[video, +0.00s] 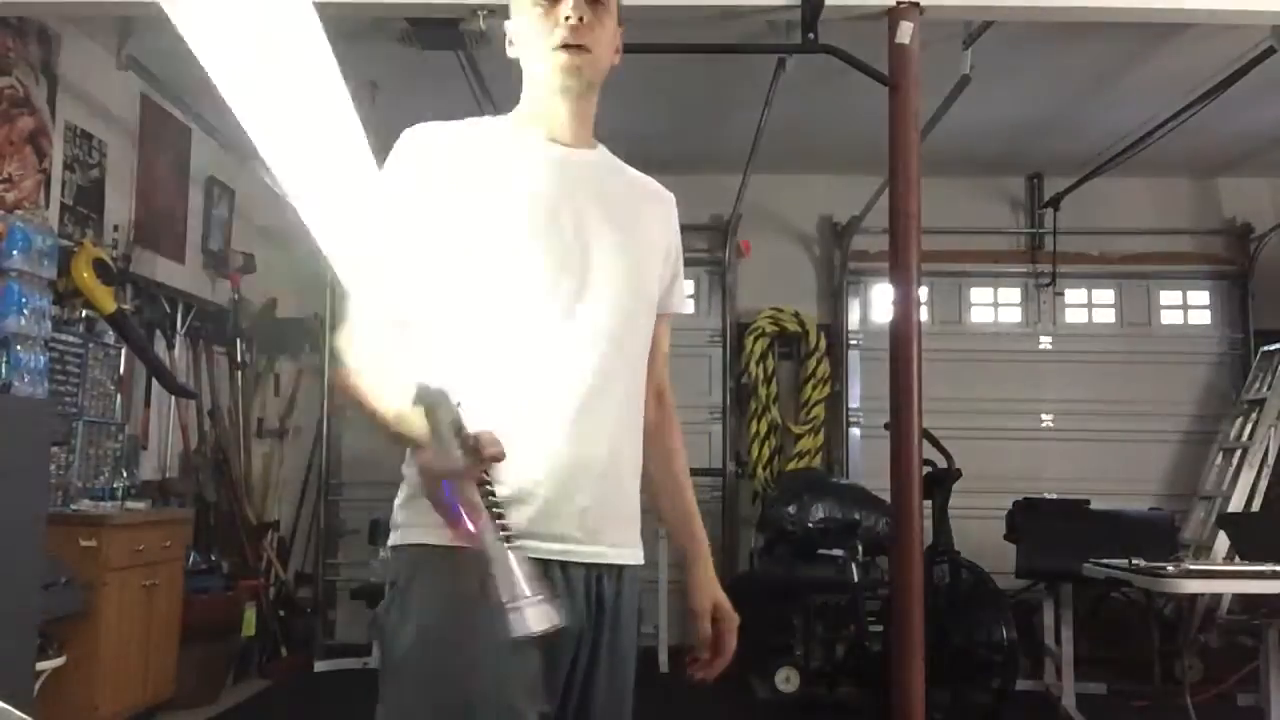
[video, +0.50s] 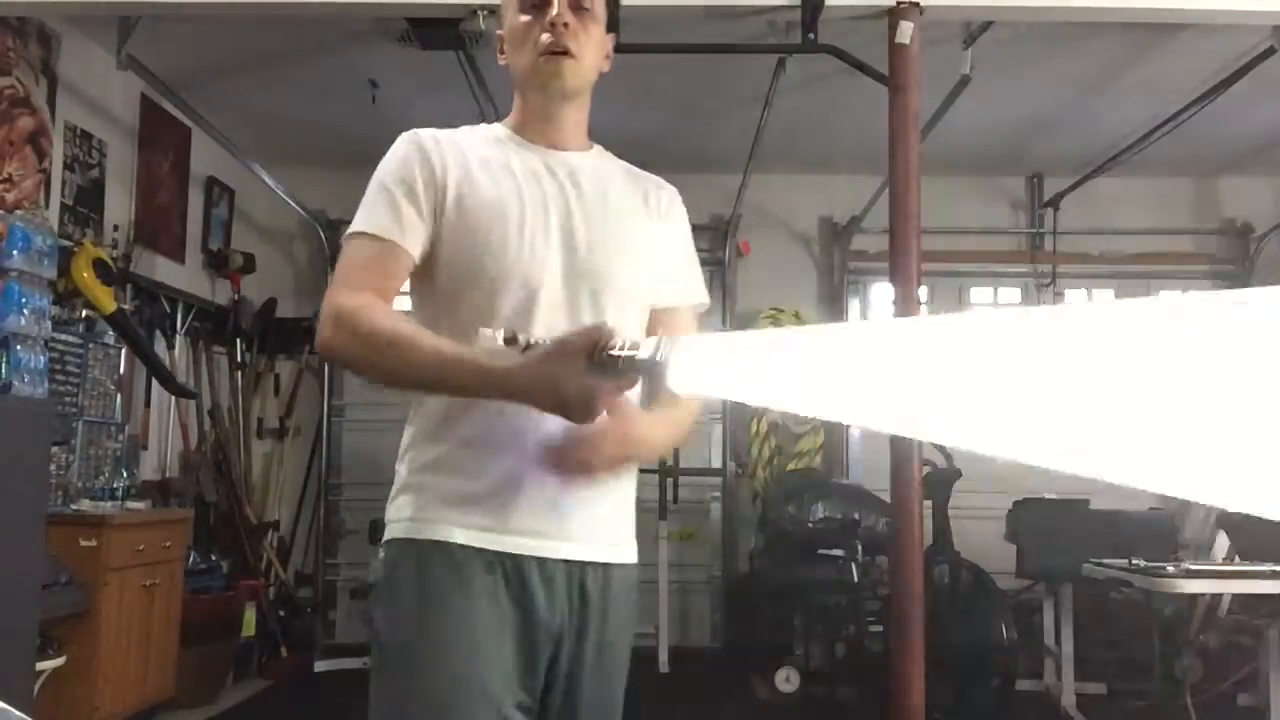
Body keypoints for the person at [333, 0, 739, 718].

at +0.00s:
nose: (573, 13)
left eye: (594, 2)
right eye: (548, 0)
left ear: (619, 41)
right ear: (510, 34)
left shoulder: (652, 206)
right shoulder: (432, 156)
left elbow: (652, 400)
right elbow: (358, 348)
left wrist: (698, 560)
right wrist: (432, 432)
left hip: (610, 574)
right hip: (461, 558)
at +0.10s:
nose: (572, 14)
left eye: (594, 4)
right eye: (547, 2)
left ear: (618, 43)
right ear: (508, 38)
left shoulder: (651, 205)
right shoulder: (441, 153)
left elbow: (647, 395)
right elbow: (407, 351)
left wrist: (687, 557)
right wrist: (492, 424)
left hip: (610, 567)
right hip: (469, 558)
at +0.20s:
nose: (570, 13)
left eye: (591, 4)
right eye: (544, 2)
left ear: (617, 44)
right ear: (507, 37)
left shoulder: (652, 204)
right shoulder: (442, 151)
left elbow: (646, 392)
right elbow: (412, 358)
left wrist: (681, 546)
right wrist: (522, 400)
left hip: (607, 561)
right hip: (469, 555)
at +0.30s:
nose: (569, 15)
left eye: (591, 5)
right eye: (544, 3)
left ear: (616, 47)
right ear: (509, 40)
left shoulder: (654, 205)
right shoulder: (441, 153)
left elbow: (649, 386)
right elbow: (386, 355)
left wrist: (675, 511)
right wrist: (520, 375)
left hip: (598, 554)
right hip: (460, 542)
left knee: (588, 713)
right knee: (445, 713)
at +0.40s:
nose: (565, 15)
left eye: (588, 6)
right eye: (541, 4)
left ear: (613, 51)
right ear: (507, 41)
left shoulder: (656, 206)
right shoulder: (436, 158)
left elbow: (664, 386)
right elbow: (360, 335)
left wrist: (654, 483)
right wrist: (520, 388)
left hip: (606, 567)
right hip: (462, 558)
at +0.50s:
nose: (558, 16)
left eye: (581, 6)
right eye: (534, 5)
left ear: (608, 50)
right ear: (501, 43)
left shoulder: (656, 204)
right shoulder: (430, 158)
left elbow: (684, 386)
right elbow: (345, 323)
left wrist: (640, 436)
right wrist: (520, 377)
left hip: (601, 562)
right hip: (453, 553)